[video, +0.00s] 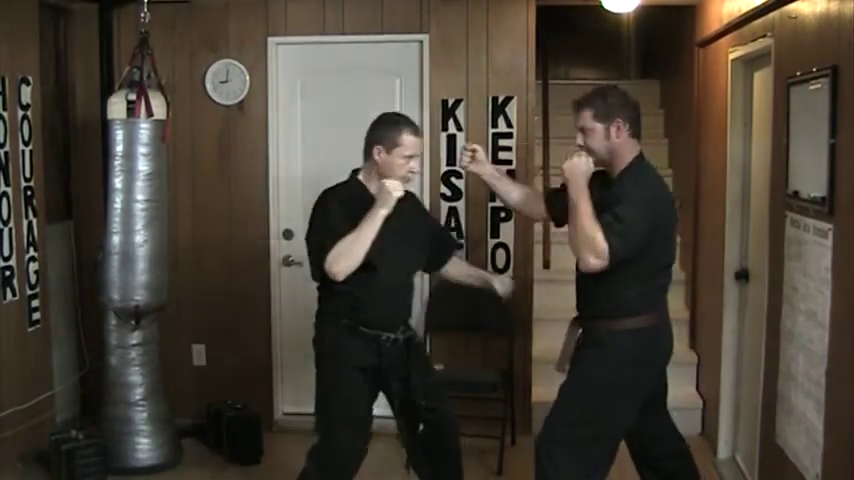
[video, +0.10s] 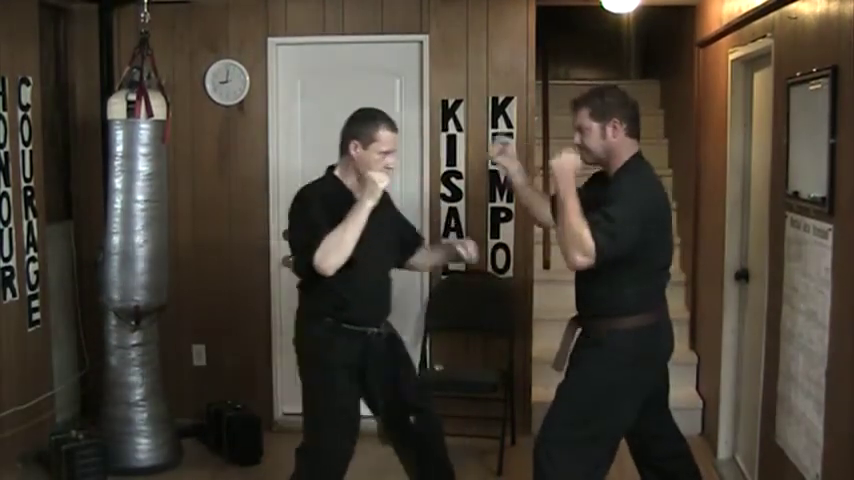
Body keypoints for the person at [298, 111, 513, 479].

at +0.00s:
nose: (415, 167)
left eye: (417, 158)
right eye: (407, 158)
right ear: (377, 154)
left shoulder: (408, 206)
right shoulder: (336, 202)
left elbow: (443, 261)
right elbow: (336, 267)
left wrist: (489, 279)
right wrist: (381, 209)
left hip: (400, 344)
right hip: (345, 344)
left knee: (437, 438)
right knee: (342, 448)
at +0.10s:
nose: (391, 163)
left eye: (394, 154)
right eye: (384, 153)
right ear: (353, 149)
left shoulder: (378, 200)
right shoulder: (313, 198)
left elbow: (414, 256)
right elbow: (324, 263)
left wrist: (449, 250)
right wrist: (366, 202)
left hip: (378, 339)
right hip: (327, 340)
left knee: (421, 435)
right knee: (329, 447)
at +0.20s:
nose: (372, 158)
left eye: (373, 149)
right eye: (364, 148)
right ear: (334, 145)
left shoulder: (353, 194)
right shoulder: (295, 193)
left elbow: (382, 244)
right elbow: (315, 253)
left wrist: (422, 219)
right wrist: (353, 190)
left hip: (358, 336)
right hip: (310, 338)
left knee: (398, 434)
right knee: (315, 449)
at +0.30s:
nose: (357, 154)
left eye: (359, 145)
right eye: (351, 144)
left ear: (329, 143)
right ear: (321, 141)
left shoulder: (340, 189)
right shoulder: (281, 188)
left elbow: (376, 235)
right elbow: (304, 244)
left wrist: (397, 197)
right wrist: (336, 181)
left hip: (342, 332)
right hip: (296, 333)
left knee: (374, 435)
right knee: (304, 449)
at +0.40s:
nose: (348, 152)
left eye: (350, 144)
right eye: (341, 142)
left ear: (322, 139)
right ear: (311, 137)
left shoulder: (335, 186)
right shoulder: (273, 183)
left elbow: (373, 227)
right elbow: (292, 239)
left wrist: (390, 180)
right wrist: (322, 174)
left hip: (329, 328)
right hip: (283, 328)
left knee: (341, 427)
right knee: (294, 438)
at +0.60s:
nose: (336, 155)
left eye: (339, 146)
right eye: (329, 145)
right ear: (300, 139)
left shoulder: (325, 189)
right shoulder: (257, 182)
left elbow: (366, 229)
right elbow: (268, 239)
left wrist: (385, 183)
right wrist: (304, 176)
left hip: (302, 329)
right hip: (256, 327)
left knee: (306, 429)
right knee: (267, 431)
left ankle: (300, 475)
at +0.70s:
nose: (323, 157)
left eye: (326, 149)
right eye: (316, 147)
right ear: (288, 141)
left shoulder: (313, 191)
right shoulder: (246, 183)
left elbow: (350, 230)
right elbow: (260, 239)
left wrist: (368, 187)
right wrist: (296, 178)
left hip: (291, 328)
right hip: (243, 327)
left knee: (301, 433)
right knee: (242, 442)